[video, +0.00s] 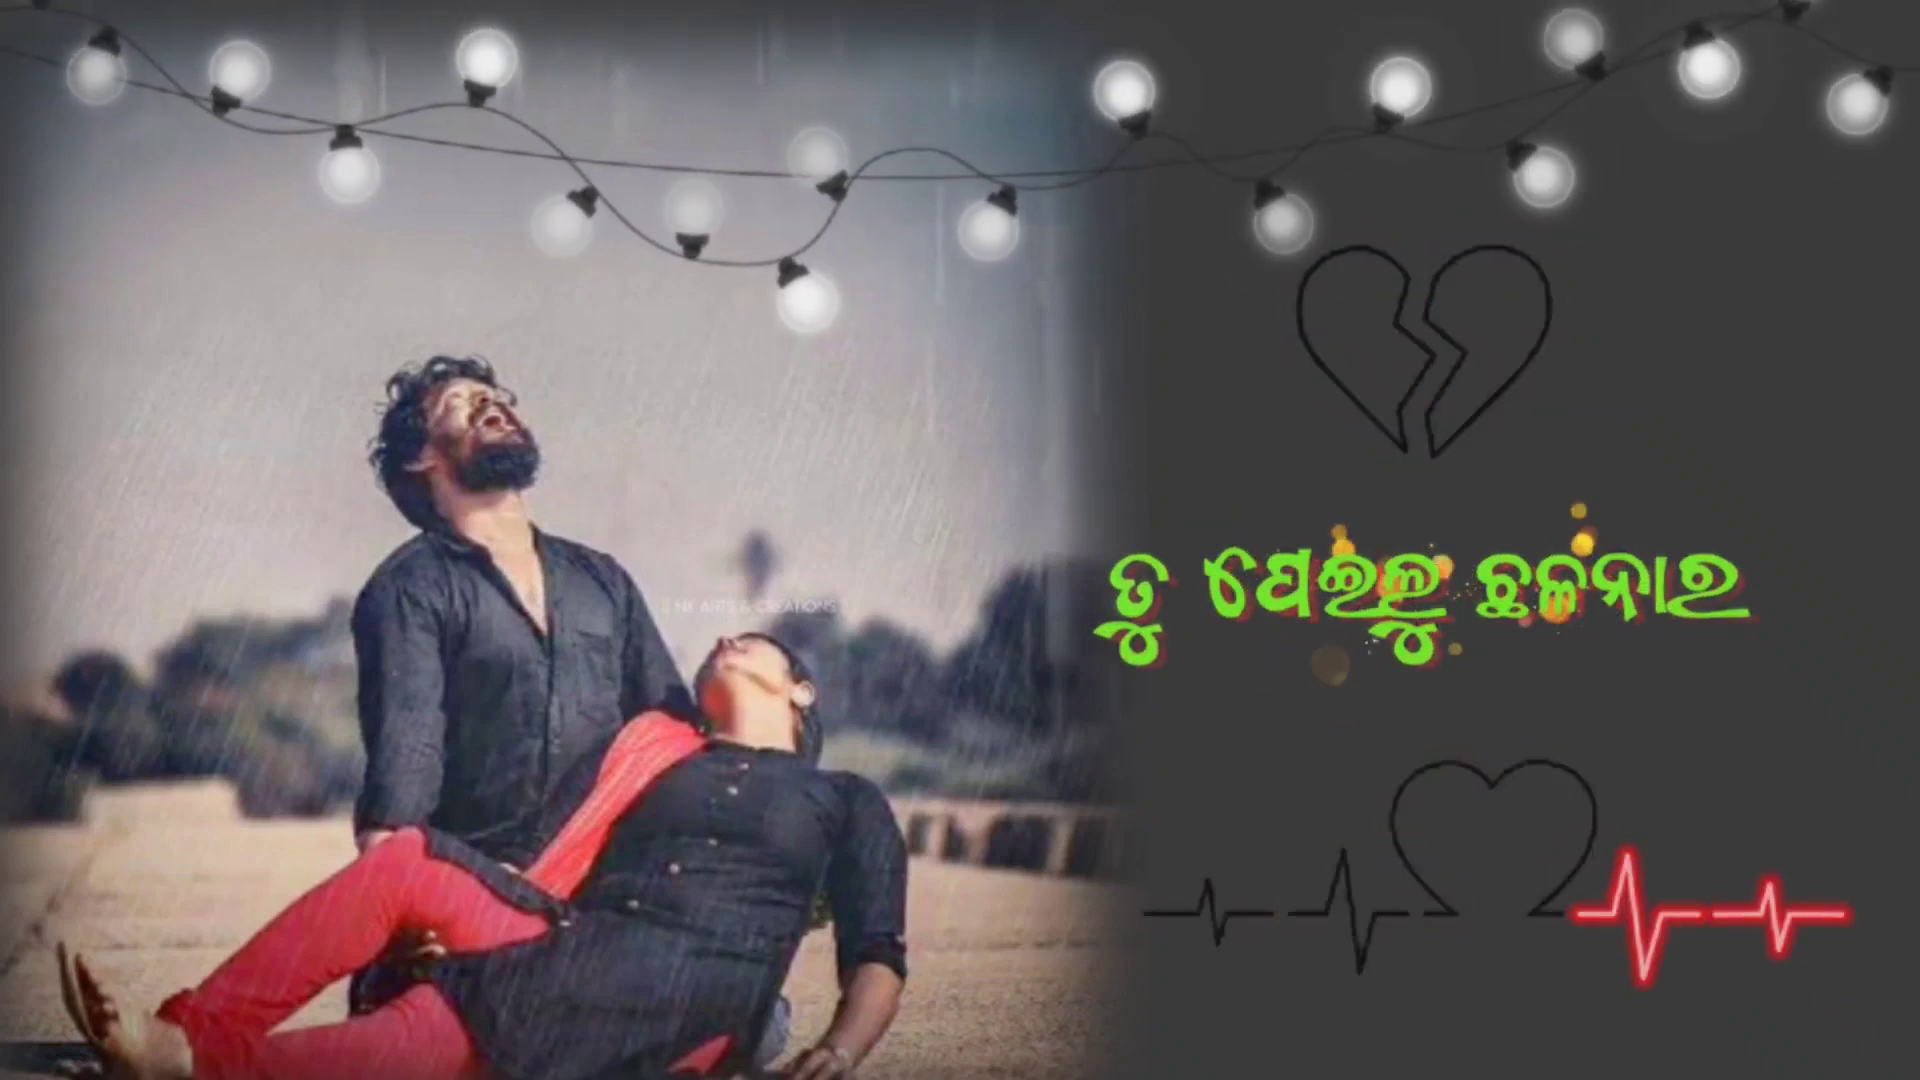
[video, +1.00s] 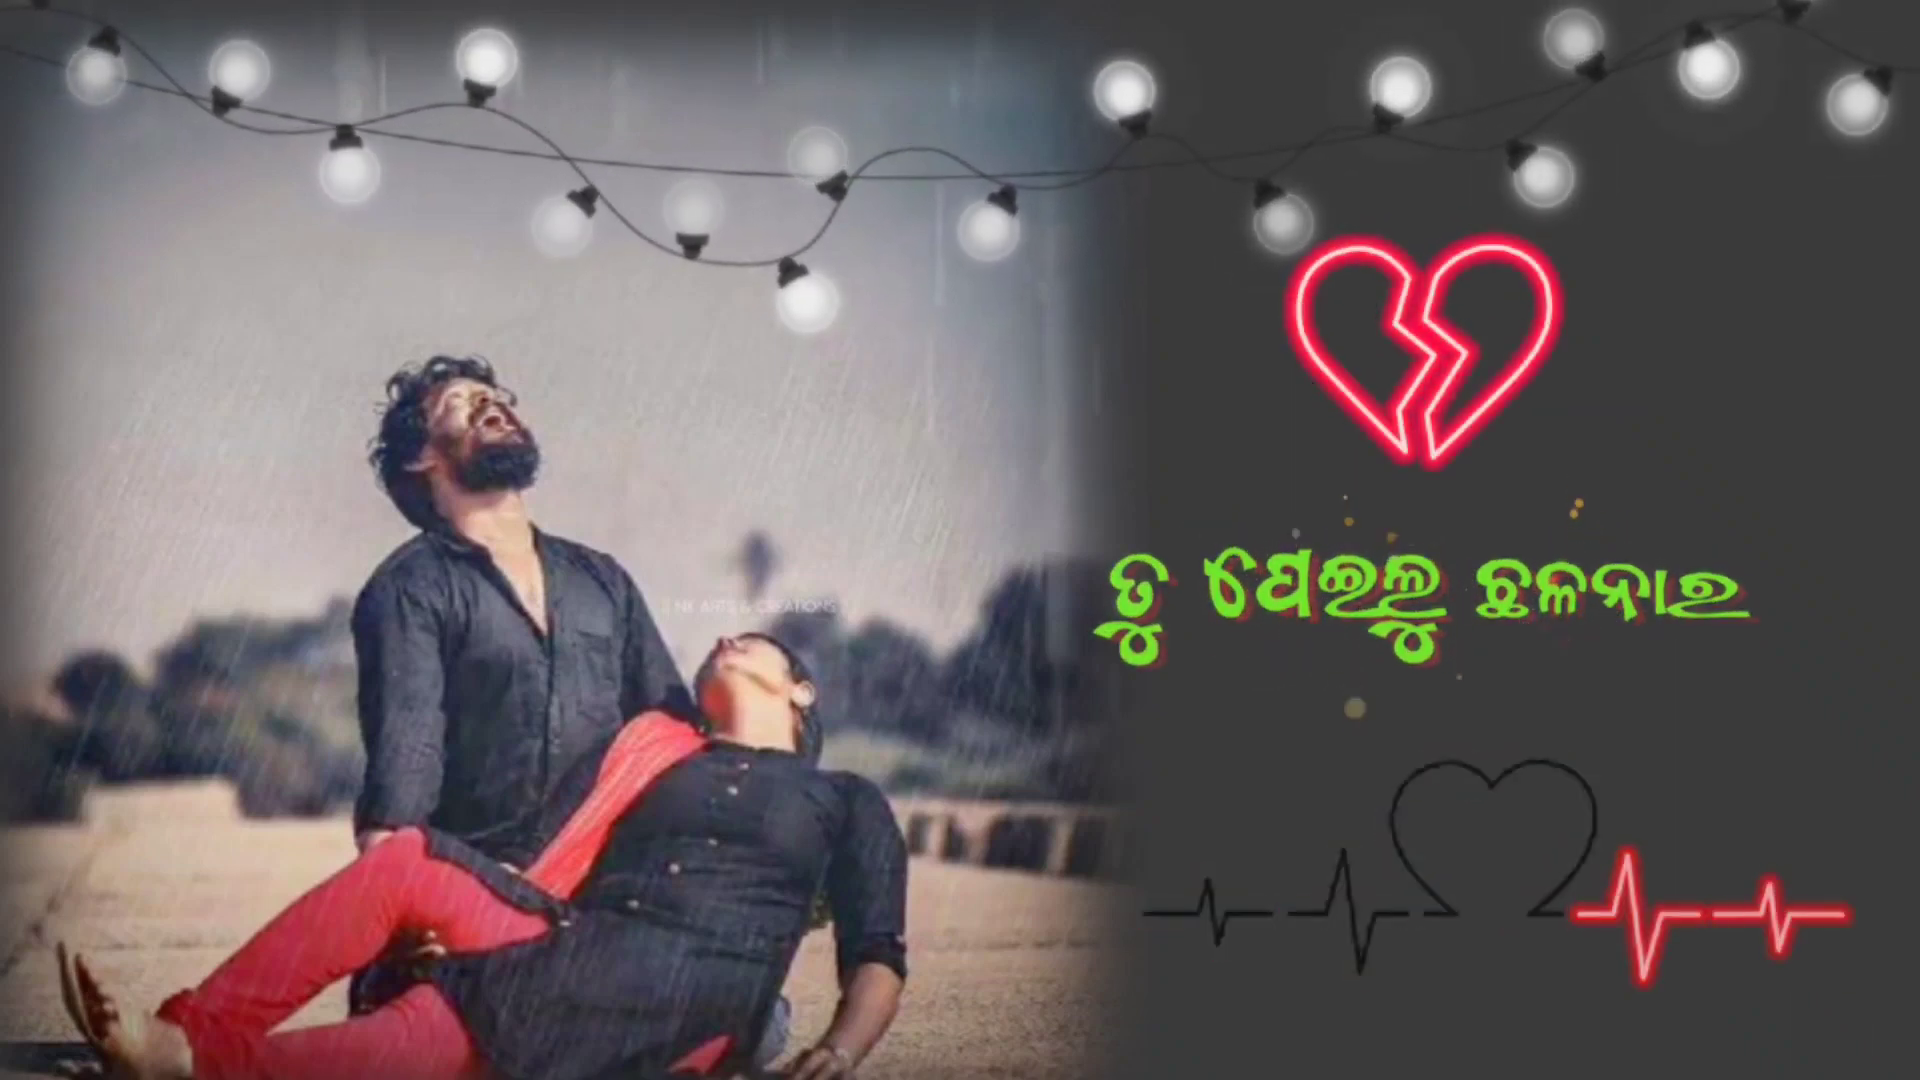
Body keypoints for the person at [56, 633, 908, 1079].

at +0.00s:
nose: (721, 660)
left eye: (749, 656)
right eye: (717, 659)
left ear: (799, 699)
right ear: (709, 698)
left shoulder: (844, 798)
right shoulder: (662, 755)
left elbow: (879, 967)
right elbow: (574, 892)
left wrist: (835, 1063)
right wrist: (455, 949)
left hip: (693, 982)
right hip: (587, 945)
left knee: (451, 1028)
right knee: (400, 859)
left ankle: (188, 1058)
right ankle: (177, 1040)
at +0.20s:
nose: (721, 660)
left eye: (749, 656)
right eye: (717, 659)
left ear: (799, 699)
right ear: (709, 698)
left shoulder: (844, 798)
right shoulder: (662, 755)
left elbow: (879, 967)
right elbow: (574, 892)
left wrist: (836, 1063)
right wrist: (455, 949)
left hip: (693, 982)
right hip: (587, 945)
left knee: (451, 1027)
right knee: (400, 859)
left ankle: (188, 1058)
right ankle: (178, 1040)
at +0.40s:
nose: (721, 660)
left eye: (749, 656)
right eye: (716, 659)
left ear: (799, 699)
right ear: (709, 699)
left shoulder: (844, 798)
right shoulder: (662, 755)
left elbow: (879, 967)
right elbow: (574, 892)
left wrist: (836, 1063)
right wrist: (455, 949)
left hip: (693, 982)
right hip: (587, 945)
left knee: (451, 1028)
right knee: (400, 859)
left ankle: (187, 1058)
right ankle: (178, 1041)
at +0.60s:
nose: (721, 660)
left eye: (749, 656)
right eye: (717, 659)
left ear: (799, 699)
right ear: (709, 698)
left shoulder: (844, 798)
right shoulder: (662, 755)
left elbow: (879, 967)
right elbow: (574, 892)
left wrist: (836, 1063)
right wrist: (455, 949)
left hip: (693, 982)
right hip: (587, 945)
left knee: (451, 1028)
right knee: (400, 859)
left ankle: (187, 1058)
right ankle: (178, 1041)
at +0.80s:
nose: (721, 659)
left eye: (748, 654)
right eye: (716, 658)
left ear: (799, 699)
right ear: (709, 699)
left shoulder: (844, 798)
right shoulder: (662, 753)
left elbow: (879, 969)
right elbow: (572, 891)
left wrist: (833, 1065)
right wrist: (455, 946)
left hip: (691, 984)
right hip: (585, 946)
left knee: (450, 1029)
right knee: (400, 862)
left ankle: (188, 1058)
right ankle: (178, 1041)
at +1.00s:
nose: (722, 660)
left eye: (749, 656)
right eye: (717, 659)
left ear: (799, 699)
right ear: (709, 698)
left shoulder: (844, 798)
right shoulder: (662, 755)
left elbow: (879, 967)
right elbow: (574, 892)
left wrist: (836, 1063)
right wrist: (455, 949)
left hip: (693, 982)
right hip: (587, 946)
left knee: (451, 1028)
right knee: (400, 859)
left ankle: (187, 1058)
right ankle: (177, 1040)